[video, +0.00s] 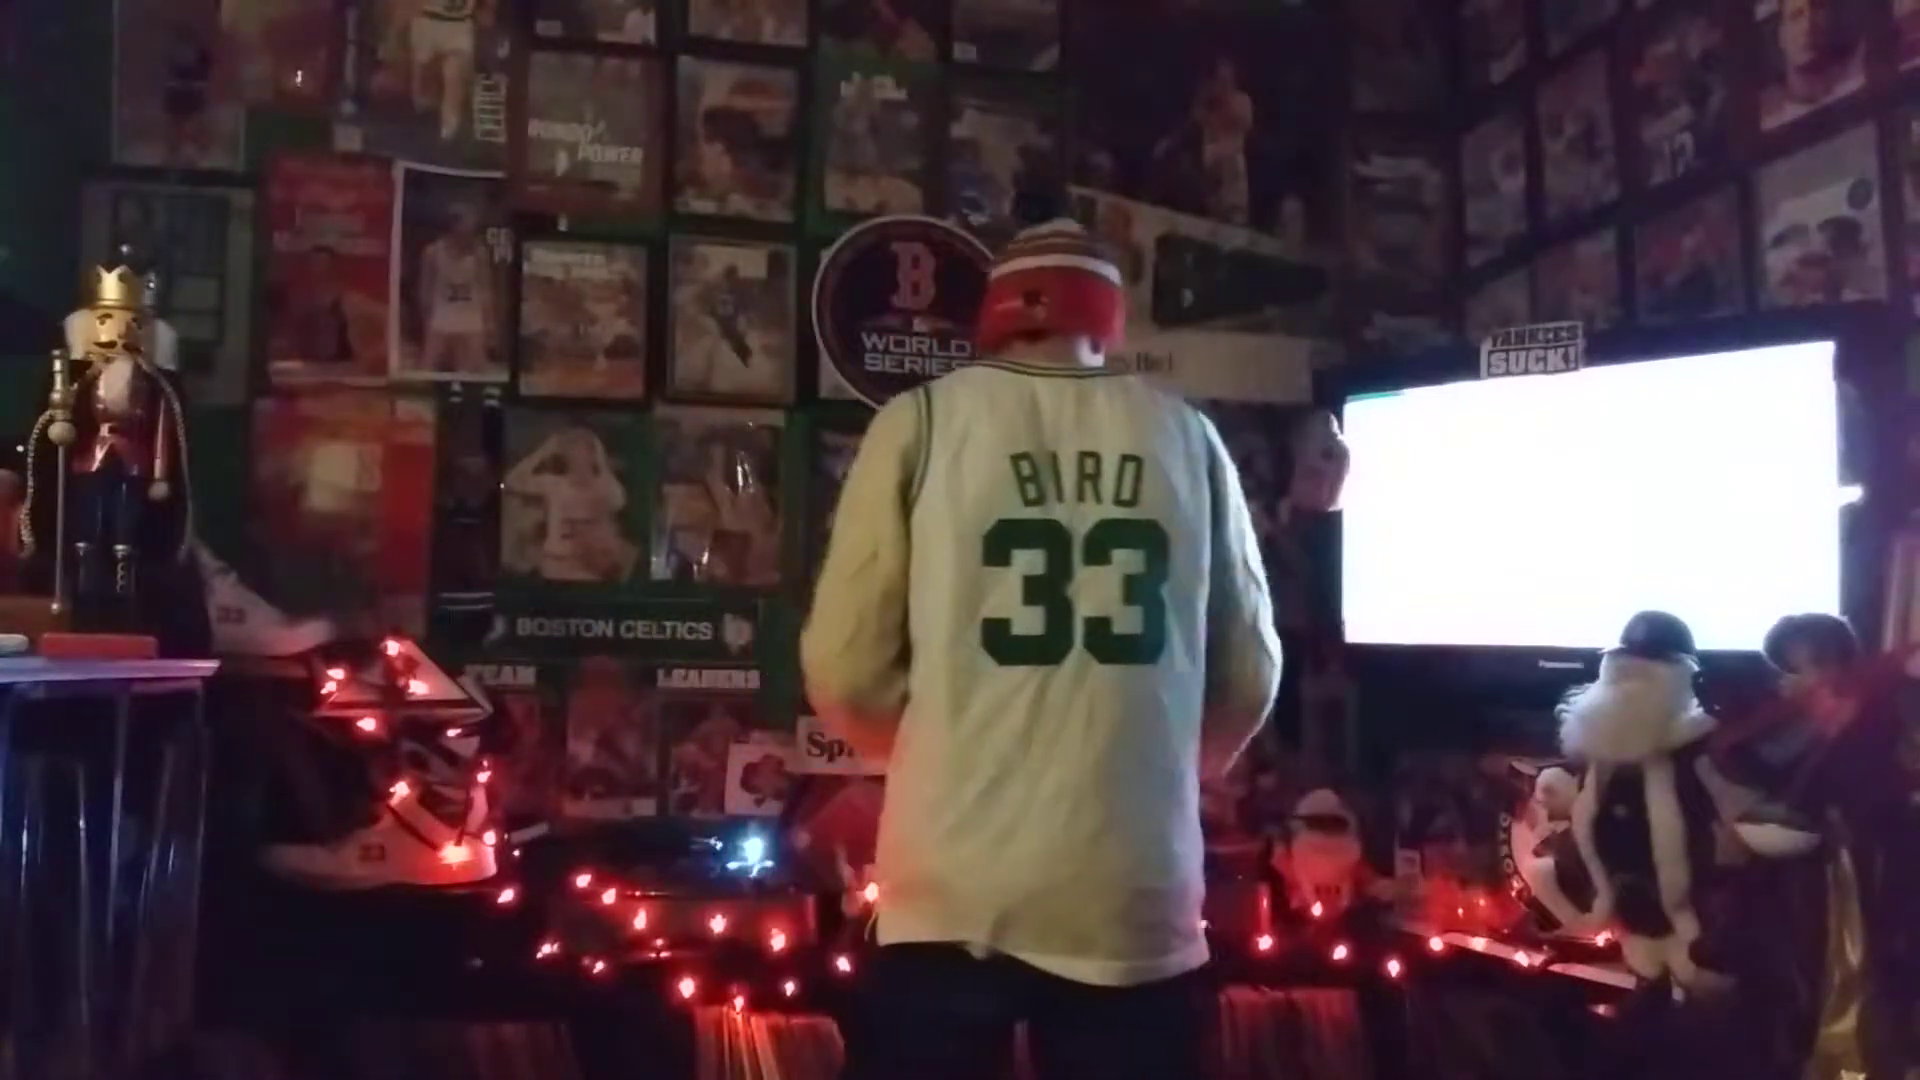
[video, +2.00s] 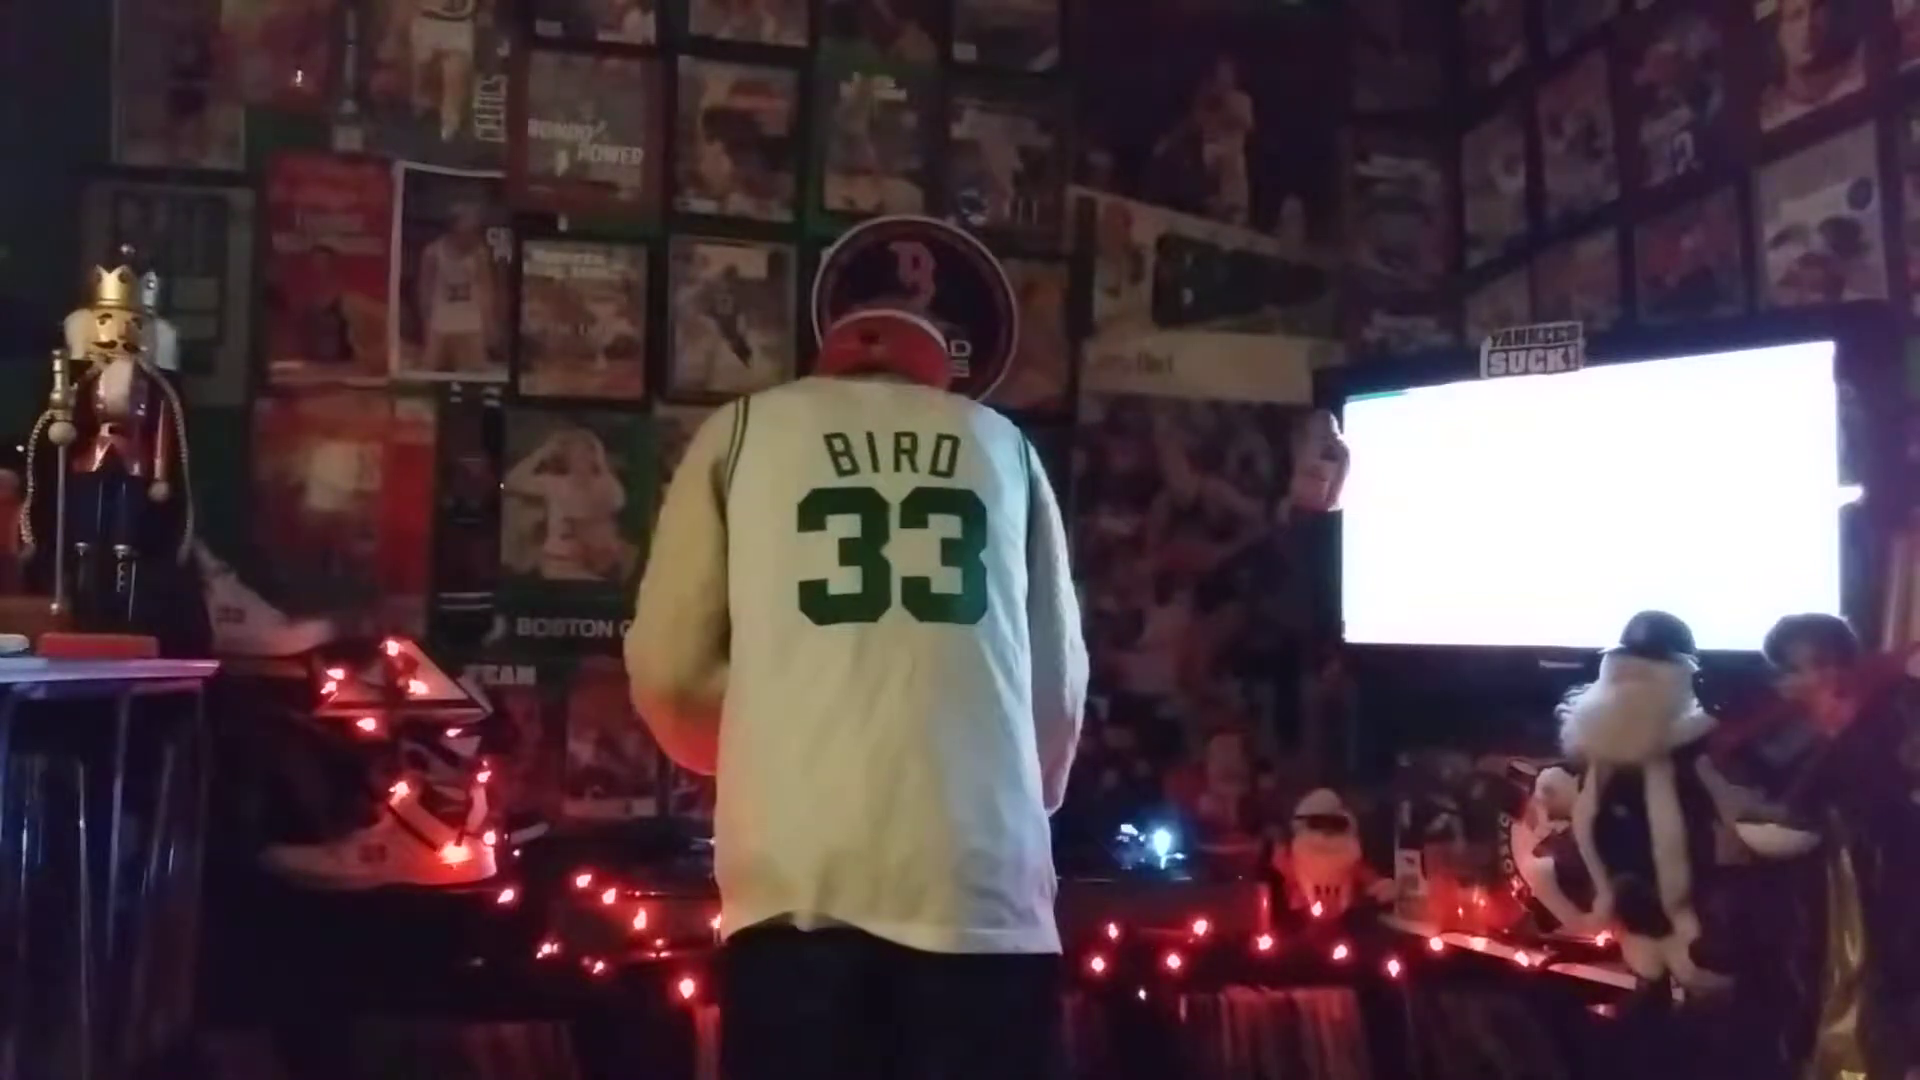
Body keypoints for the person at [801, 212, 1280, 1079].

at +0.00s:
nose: (987, 323)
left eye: (990, 307)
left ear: (996, 314)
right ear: (1112, 327)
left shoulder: (919, 421)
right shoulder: (1191, 437)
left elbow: (844, 667)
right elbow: (1249, 675)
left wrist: (943, 753)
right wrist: (1157, 779)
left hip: (946, 893)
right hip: (1136, 901)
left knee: (924, 1063)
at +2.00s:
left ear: (825, 344)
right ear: (952, 360)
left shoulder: (736, 431)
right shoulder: (1010, 449)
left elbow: (665, 671)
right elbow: (1061, 690)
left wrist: (783, 761)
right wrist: (1016, 819)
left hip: (792, 904)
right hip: (985, 904)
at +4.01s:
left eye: (1012, 314)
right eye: (1152, 336)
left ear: (1022, 317)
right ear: (1144, 340)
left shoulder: (913, 418)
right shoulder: (1192, 448)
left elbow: (850, 662)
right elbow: (1232, 698)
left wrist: (961, 730)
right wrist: (1119, 763)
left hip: (940, 887)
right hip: (1134, 898)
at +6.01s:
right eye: (1020, 281)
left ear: (859, 252)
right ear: (1011, 285)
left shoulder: (728, 350)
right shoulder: (1069, 407)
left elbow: (611, 637)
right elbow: (1116, 725)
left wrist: (748, 733)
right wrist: (970, 783)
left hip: (722, 949)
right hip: (957, 984)